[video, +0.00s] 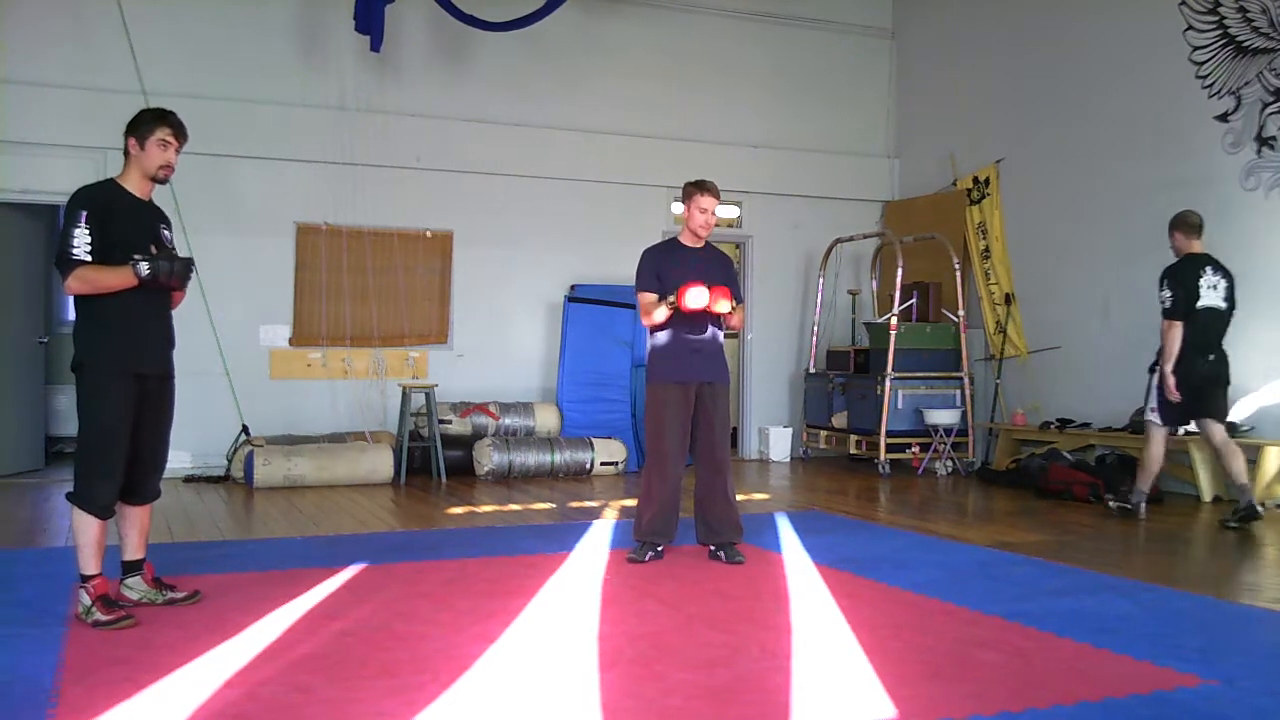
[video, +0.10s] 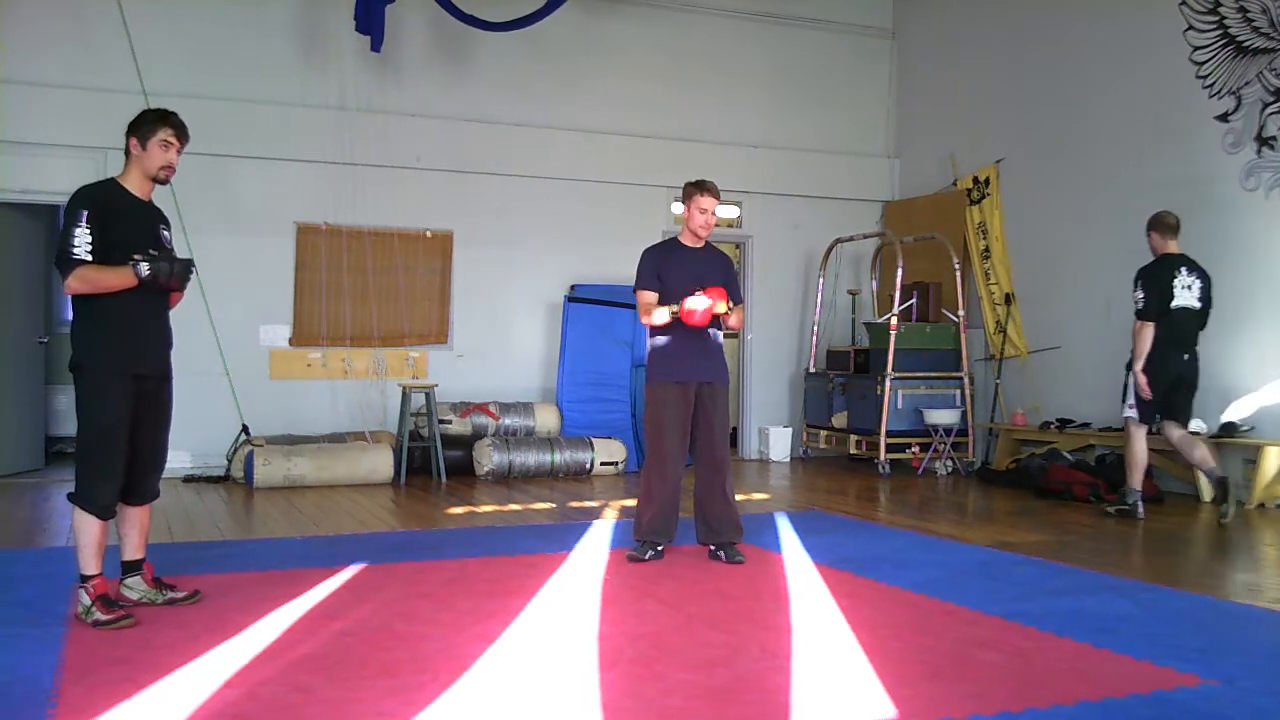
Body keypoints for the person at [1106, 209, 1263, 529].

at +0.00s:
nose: (1171, 243)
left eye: (1171, 238)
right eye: (1172, 238)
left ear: (1177, 236)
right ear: (1200, 234)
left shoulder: (1176, 272)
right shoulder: (1223, 273)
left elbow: (1174, 325)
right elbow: (1221, 321)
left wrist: (1167, 368)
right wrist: (1200, 350)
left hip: (1179, 362)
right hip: (1213, 363)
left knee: (1156, 431)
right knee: (1218, 434)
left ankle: (1137, 500)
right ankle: (1247, 502)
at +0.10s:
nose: (1149, 243)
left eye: (1148, 238)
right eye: (1149, 238)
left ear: (1153, 237)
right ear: (1177, 235)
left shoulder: (1150, 272)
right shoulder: (1200, 274)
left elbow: (1146, 324)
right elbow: (1200, 322)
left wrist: (1137, 365)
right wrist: (1173, 338)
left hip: (1155, 358)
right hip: (1187, 361)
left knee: (1136, 426)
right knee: (1174, 428)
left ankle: (1132, 499)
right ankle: (1217, 478)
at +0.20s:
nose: (1129, 241)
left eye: (1128, 236)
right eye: (1130, 236)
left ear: (1132, 235)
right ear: (1157, 233)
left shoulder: (1128, 271)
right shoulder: (1179, 272)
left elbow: (1117, 322)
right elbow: (1181, 320)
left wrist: (1104, 363)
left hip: (1134, 354)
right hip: (1165, 357)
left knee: (1126, 424)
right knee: (1141, 422)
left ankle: (1131, 497)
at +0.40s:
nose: (1094, 244)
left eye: (1094, 240)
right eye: (1096, 239)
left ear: (1097, 239)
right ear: (1122, 241)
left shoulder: (1089, 273)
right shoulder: (1142, 278)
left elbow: (1066, 321)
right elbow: (1149, 328)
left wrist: (1048, 349)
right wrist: (1145, 365)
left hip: (1096, 357)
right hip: (1128, 359)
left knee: (1113, 428)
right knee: (1092, 424)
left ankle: (1131, 498)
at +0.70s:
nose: (1030, 249)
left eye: (1026, 244)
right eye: (1038, 246)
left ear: (1024, 244)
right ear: (1048, 247)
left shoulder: (1010, 275)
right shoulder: (1062, 282)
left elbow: (994, 321)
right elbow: (1065, 331)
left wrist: (980, 353)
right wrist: (1060, 364)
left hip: (1012, 355)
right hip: (1043, 359)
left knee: (991, 413)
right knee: (1020, 418)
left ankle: (1031, 460)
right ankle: (1014, 482)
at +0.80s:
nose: (999, 249)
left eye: (995, 243)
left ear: (993, 243)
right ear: (1017, 246)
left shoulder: (978, 273)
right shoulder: (1030, 279)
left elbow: (964, 319)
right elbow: (1033, 328)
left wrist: (952, 353)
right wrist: (1021, 355)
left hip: (980, 351)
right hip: (1011, 354)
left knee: (962, 407)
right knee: (996, 415)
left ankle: (970, 470)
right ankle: (994, 480)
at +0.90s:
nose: (987, 249)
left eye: (983, 244)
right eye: (995, 246)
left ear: (979, 244)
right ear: (1003, 246)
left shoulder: (964, 271)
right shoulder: (1017, 277)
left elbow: (952, 317)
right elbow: (1021, 326)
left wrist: (943, 352)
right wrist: (1009, 350)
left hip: (965, 352)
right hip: (1000, 354)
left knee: (954, 413)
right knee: (993, 414)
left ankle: (940, 472)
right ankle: (994, 478)